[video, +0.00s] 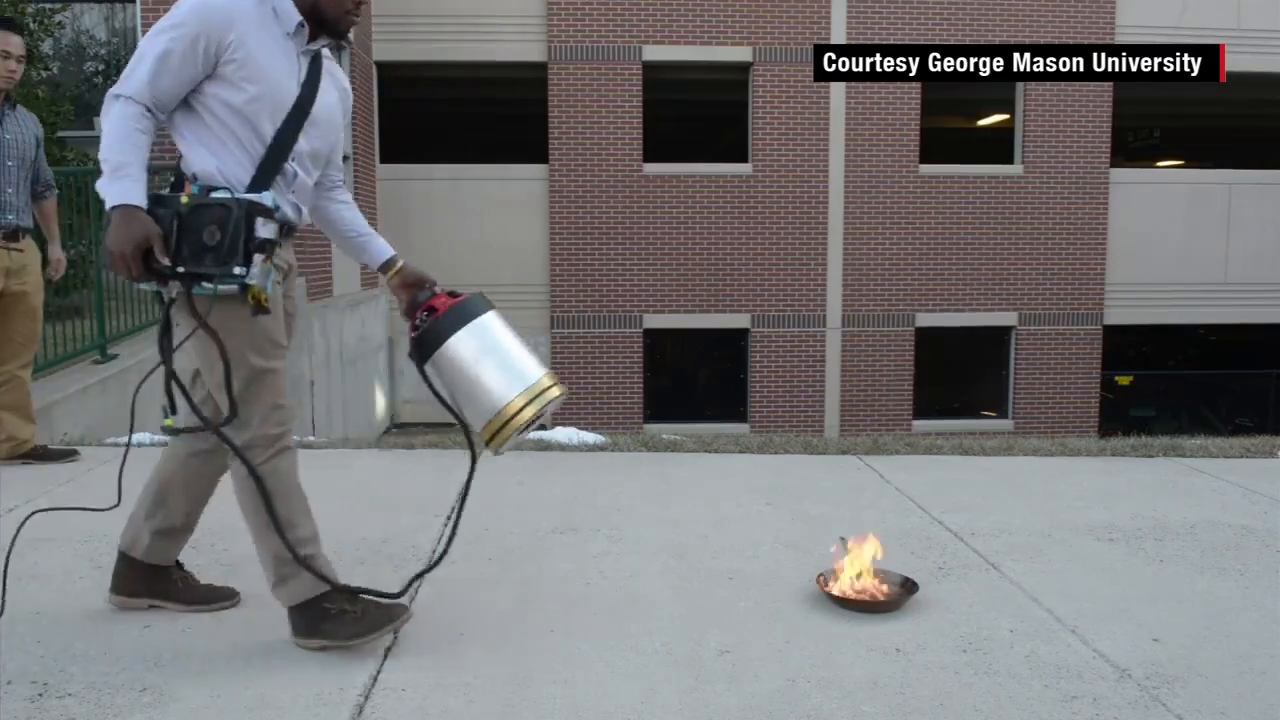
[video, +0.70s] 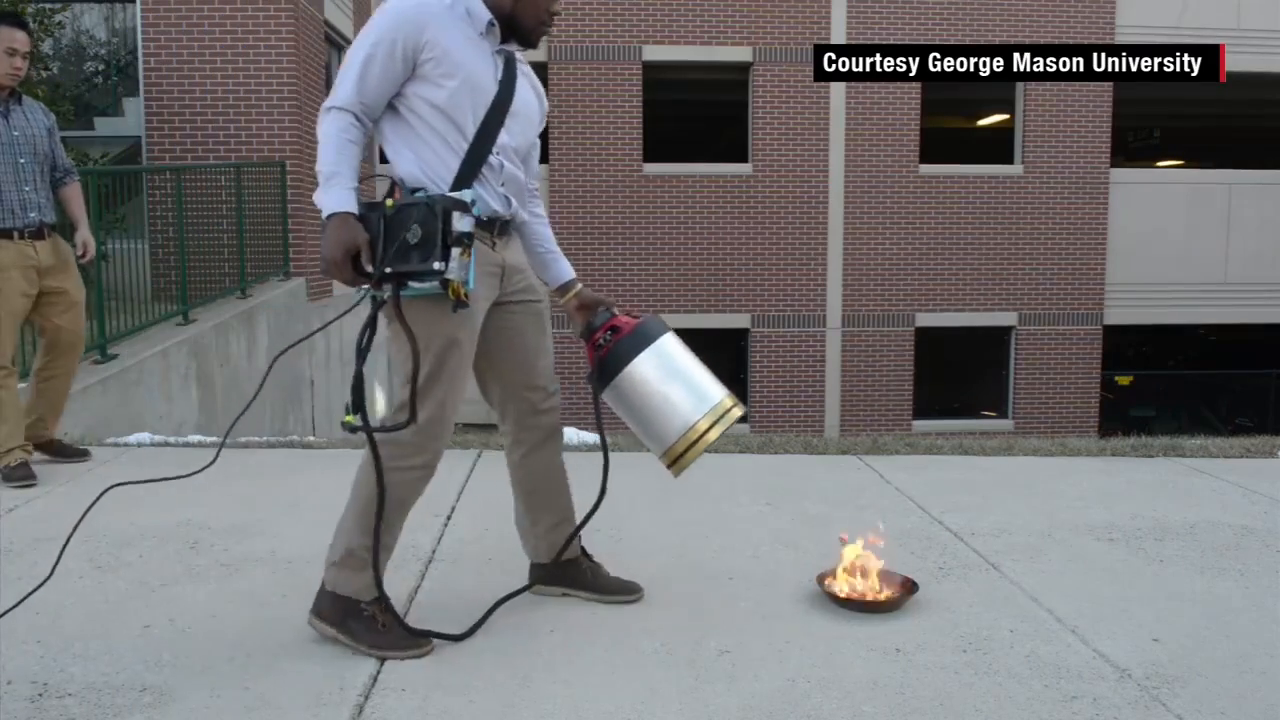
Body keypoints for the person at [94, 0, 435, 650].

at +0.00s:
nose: (362, 8)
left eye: (363, 1)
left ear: (342, 7)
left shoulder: (335, 82)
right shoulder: (222, 15)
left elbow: (326, 192)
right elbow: (130, 101)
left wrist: (390, 265)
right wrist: (126, 204)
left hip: (272, 257)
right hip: (214, 249)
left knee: (214, 419)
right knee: (262, 424)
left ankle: (145, 562)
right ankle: (312, 598)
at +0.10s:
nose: (368, 7)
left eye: (370, 1)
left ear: (349, 7)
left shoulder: (349, 76)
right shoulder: (235, 16)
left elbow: (345, 187)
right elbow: (152, 110)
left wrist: (411, 258)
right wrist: (161, 214)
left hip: (296, 263)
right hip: (246, 255)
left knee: (252, 424)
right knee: (298, 431)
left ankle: (155, 550)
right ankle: (331, 603)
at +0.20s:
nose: (391, 4)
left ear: (382, 6)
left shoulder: (374, 69)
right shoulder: (262, 16)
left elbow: (377, 183)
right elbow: (190, 119)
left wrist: (447, 259)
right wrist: (208, 224)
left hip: (357, 264)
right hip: (294, 259)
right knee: (348, 426)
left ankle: (229, 504)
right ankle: (337, 606)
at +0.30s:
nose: (411, 1)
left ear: (397, 4)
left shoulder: (392, 68)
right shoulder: (282, 14)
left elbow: (400, 180)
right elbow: (213, 118)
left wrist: (470, 259)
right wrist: (234, 224)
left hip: (380, 259)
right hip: (320, 256)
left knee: (420, 399)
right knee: (360, 432)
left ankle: (292, 501)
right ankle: (337, 607)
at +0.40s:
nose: (448, 0)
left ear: (428, 1)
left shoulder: (428, 68)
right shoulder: (318, 9)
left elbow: (437, 181)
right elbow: (248, 111)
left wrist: (502, 264)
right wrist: (263, 218)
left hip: (418, 254)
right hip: (350, 253)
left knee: (466, 392)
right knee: (371, 425)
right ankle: (336, 605)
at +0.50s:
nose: (477, 0)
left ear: (457, 5)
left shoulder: (457, 74)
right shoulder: (343, 9)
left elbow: (463, 185)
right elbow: (273, 107)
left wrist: (523, 269)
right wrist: (281, 215)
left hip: (443, 249)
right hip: (372, 251)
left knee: (482, 398)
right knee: (372, 434)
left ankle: (512, 548)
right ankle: (337, 605)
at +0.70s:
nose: (555, 14)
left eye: (558, 5)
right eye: (550, 2)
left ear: (523, 4)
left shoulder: (530, 90)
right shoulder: (418, 17)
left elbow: (525, 203)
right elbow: (344, 110)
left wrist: (568, 287)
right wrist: (338, 211)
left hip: (510, 259)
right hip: (436, 255)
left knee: (534, 408)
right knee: (416, 430)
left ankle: (555, 554)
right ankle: (347, 592)